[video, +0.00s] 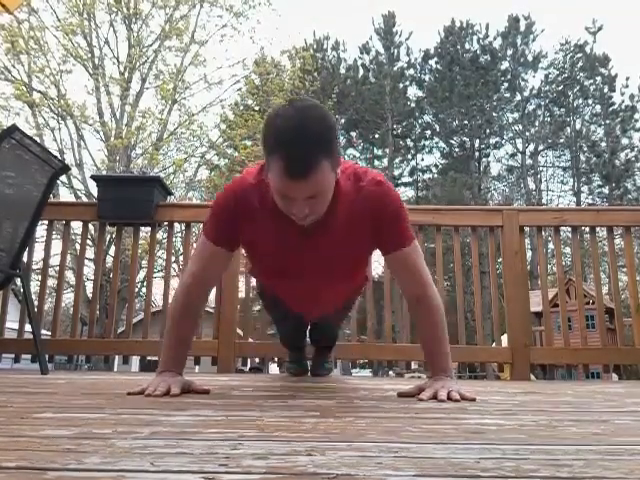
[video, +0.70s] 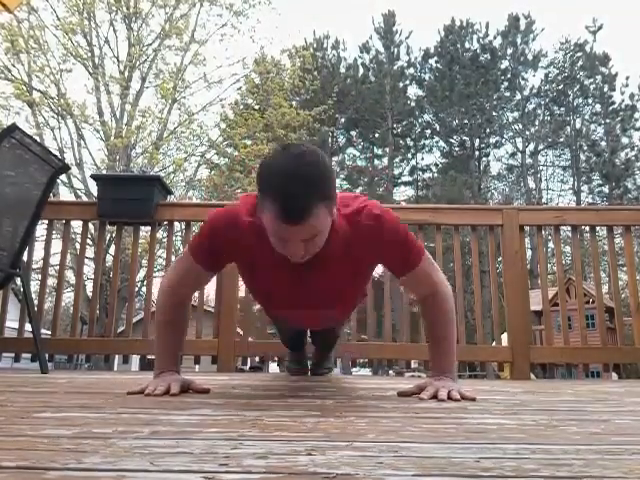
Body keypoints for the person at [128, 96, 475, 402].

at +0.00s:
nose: (299, 211)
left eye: (312, 198)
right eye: (286, 198)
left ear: (336, 170)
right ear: (267, 173)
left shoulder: (374, 197)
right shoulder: (239, 199)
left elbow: (419, 290)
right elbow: (194, 285)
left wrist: (441, 376)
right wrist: (168, 370)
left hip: (339, 295)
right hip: (279, 294)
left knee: (327, 333)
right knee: (291, 334)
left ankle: (323, 356)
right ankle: (296, 355)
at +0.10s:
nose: (300, 229)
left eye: (314, 217)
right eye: (286, 217)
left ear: (335, 186)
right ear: (267, 189)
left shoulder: (375, 211)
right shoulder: (236, 212)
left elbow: (430, 293)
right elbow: (184, 286)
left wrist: (442, 375)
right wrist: (167, 370)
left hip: (338, 306)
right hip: (282, 306)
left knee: (327, 337)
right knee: (293, 340)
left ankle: (322, 358)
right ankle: (297, 358)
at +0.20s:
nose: (298, 314)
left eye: (312, 302)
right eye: (283, 303)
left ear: (335, 268)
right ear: (263, 271)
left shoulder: (375, 259)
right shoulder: (236, 259)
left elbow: (447, 296)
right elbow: (165, 290)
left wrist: (444, 375)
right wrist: (165, 370)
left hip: (338, 334)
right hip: (272, 334)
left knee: (323, 349)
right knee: (287, 349)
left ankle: (319, 357)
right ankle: (295, 355)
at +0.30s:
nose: (297, 373)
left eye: (311, 360)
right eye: (282, 362)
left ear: (335, 314)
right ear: (258, 316)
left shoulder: (373, 286)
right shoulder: (236, 284)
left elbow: (447, 293)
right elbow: (165, 286)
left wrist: (443, 374)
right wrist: (165, 368)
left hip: (340, 365)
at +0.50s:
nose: (296, 360)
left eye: (309, 348)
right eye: (280, 350)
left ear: (334, 305)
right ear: (255, 308)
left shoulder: (371, 283)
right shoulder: (230, 280)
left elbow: (448, 295)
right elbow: (163, 290)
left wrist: (444, 375)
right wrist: (165, 369)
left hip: (339, 353)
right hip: (264, 352)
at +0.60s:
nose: (295, 310)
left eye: (308, 301)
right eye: (281, 302)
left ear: (331, 267)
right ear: (258, 271)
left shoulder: (374, 262)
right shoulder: (229, 261)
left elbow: (446, 294)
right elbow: (163, 291)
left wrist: (444, 375)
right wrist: (165, 371)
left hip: (339, 330)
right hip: (273, 333)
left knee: (330, 348)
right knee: (290, 350)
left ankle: (325, 356)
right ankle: (297, 355)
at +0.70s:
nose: (296, 251)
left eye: (310, 238)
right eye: (281, 238)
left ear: (332, 207)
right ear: (261, 212)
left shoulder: (372, 225)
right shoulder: (231, 227)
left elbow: (435, 292)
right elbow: (172, 290)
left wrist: (444, 376)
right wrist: (166, 371)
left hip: (335, 308)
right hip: (280, 308)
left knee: (326, 337)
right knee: (293, 339)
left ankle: (323, 358)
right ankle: (296, 356)